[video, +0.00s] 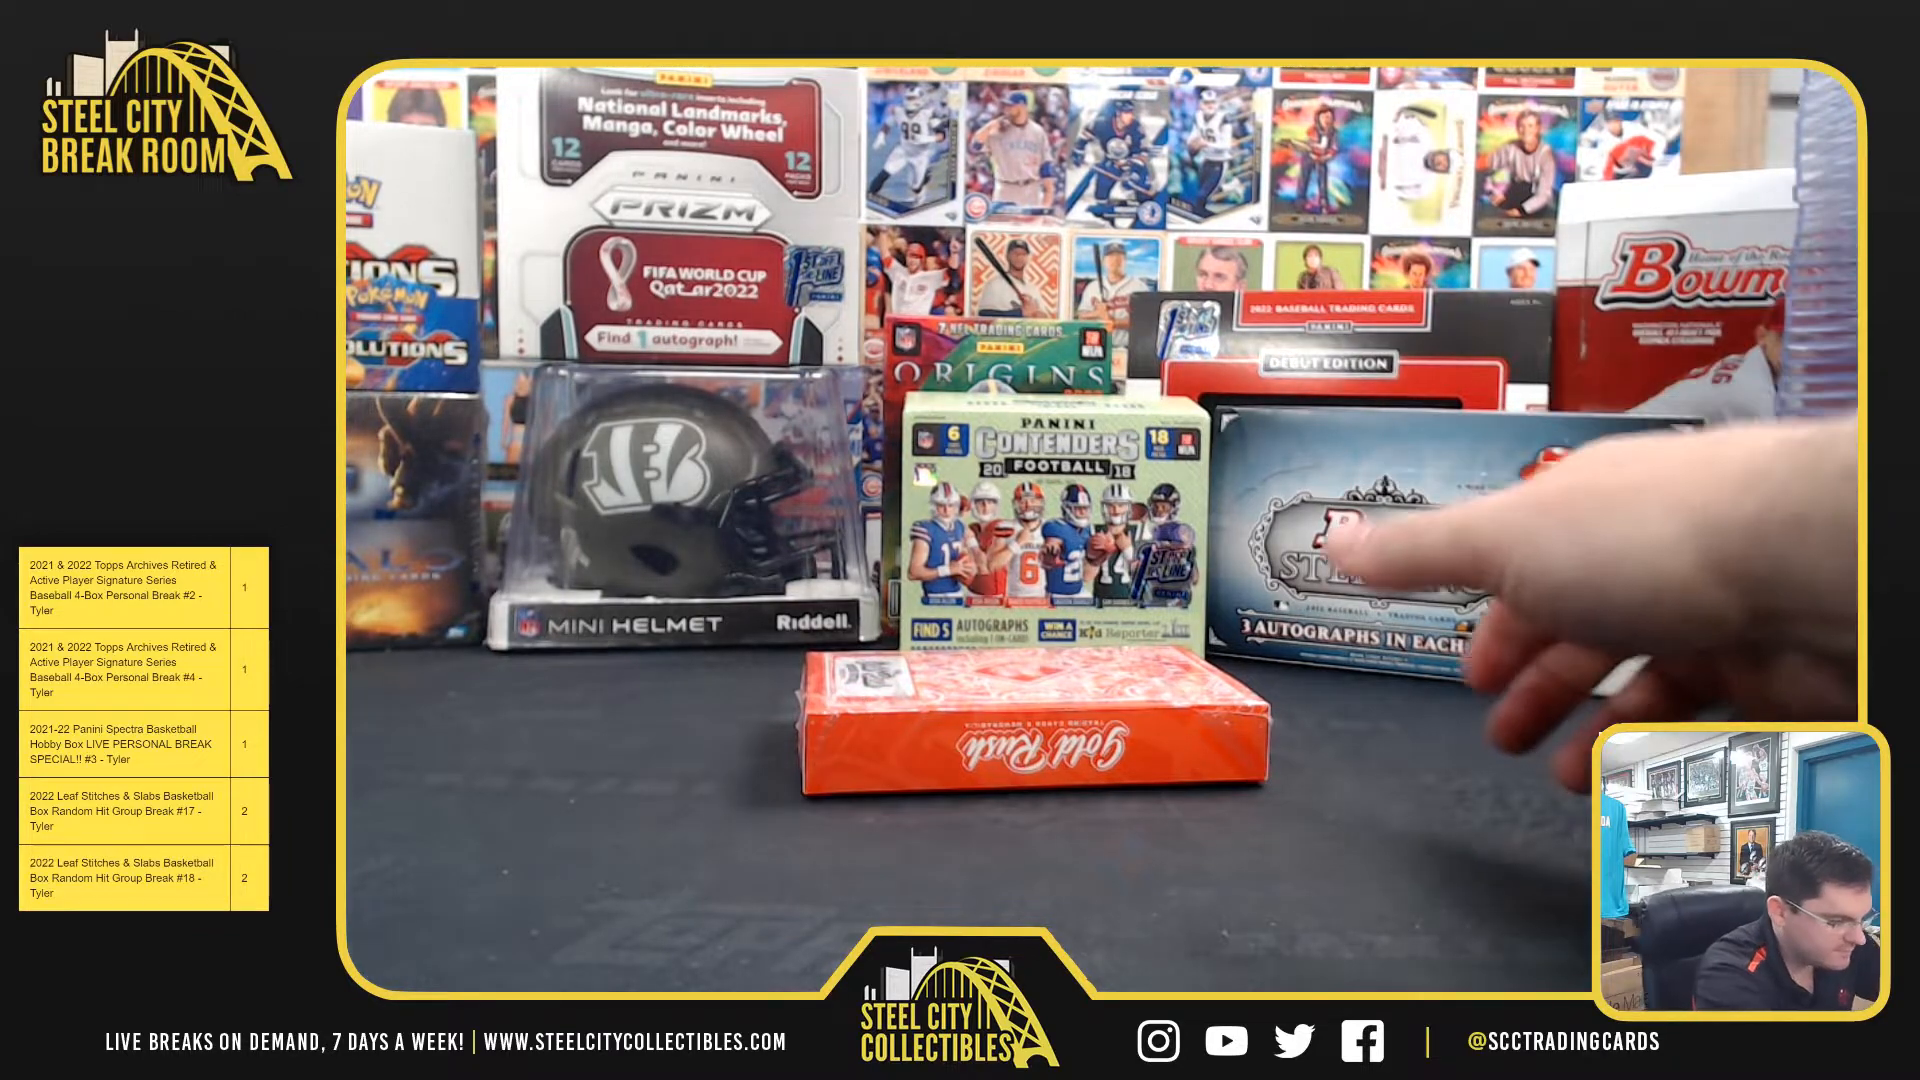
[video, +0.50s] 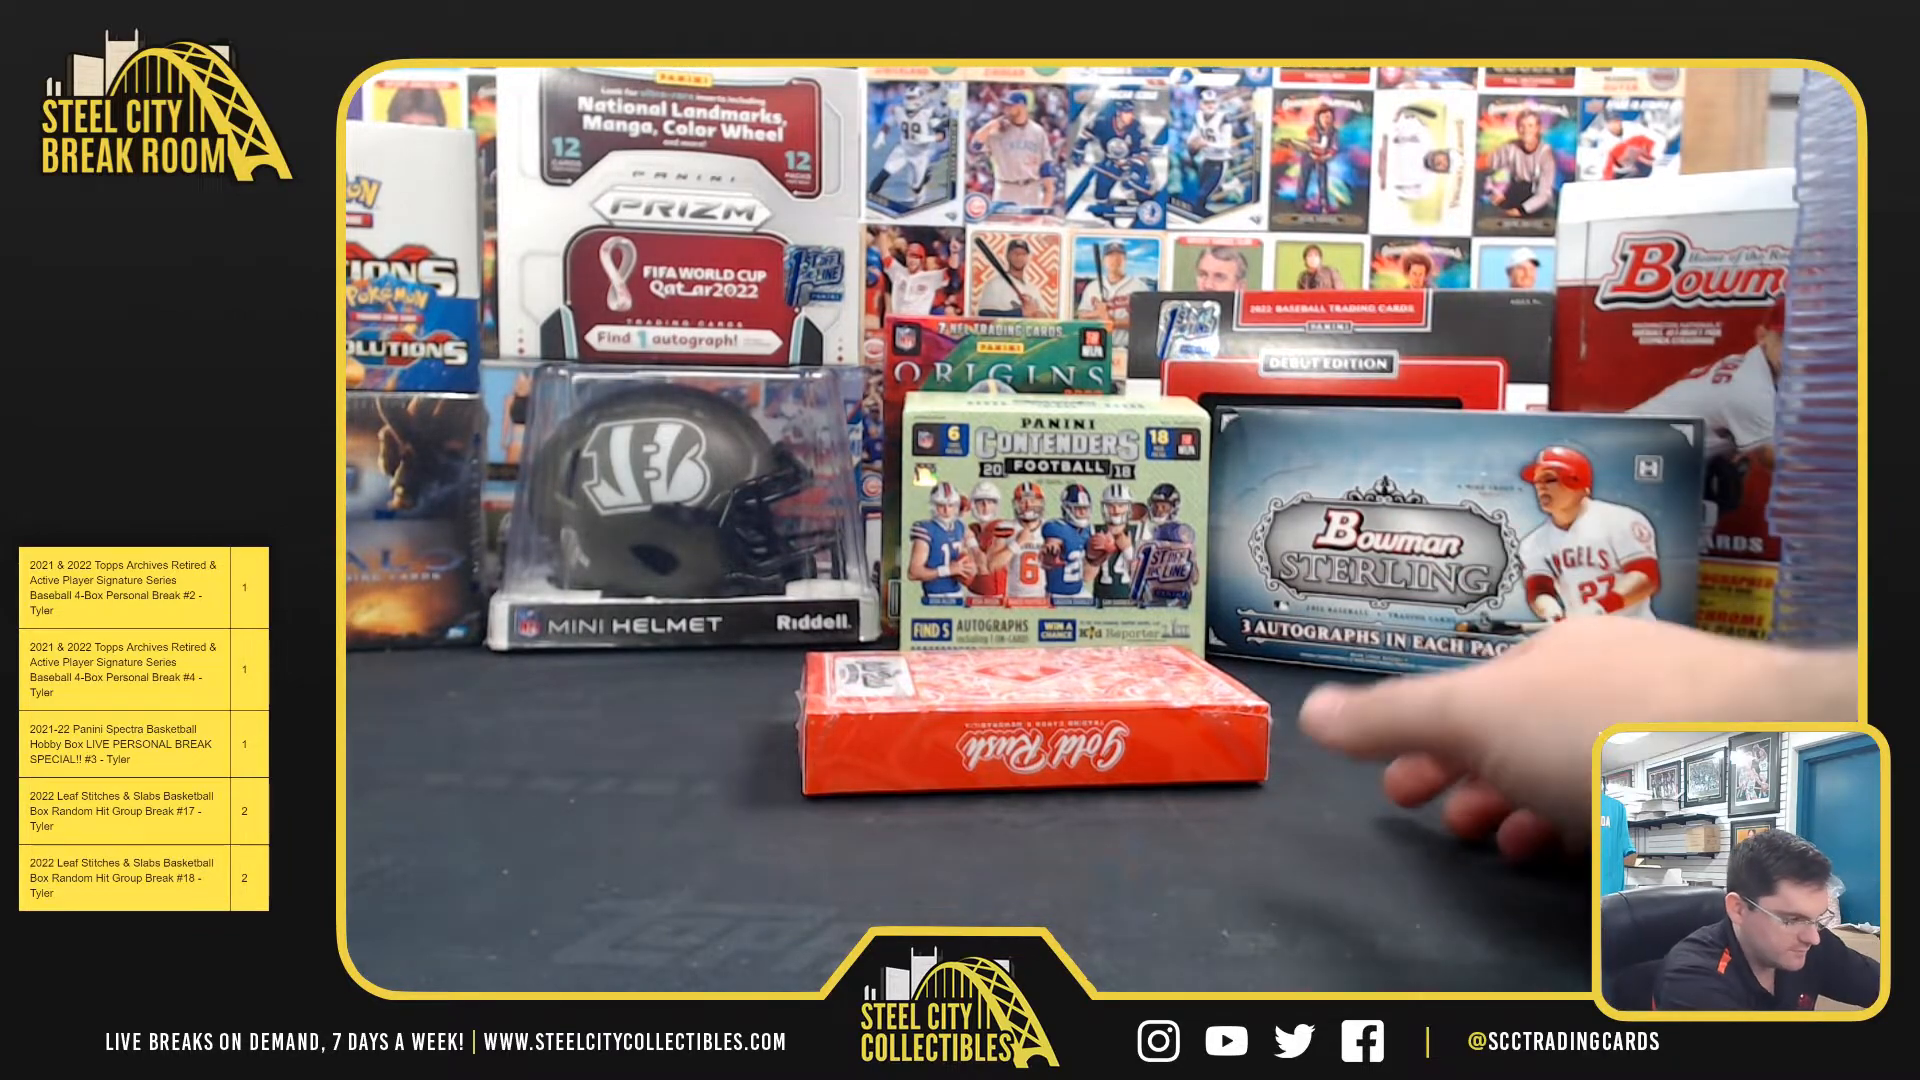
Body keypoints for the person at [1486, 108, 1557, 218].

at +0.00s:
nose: (1526, 130)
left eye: (1530, 126)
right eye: (1522, 126)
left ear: (1539, 128)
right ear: (1518, 130)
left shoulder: (1545, 154)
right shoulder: (1507, 150)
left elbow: (1545, 191)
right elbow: (1490, 178)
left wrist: (1523, 209)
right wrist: (1495, 193)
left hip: (1535, 188)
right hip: (1512, 187)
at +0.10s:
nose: (1526, 130)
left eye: (1531, 126)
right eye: (1522, 126)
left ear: (1539, 128)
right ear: (1518, 129)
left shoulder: (1545, 153)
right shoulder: (1507, 150)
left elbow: (1545, 191)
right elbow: (1489, 177)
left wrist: (1523, 209)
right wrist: (1494, 193)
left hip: (1535, 187)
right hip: (1512, 187)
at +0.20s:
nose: (1526, 130)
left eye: (1530, 126)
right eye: (1522, 126)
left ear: (1539, 128)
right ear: (1518, 130)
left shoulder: (1545, 154)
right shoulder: (1506, 150)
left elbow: (1545, 191)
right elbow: (1490, 178)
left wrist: (1523, 209)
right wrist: (1495, 193)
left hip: (1535, 187)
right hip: (1511, 186)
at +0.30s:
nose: (1526, 130)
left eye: (1530, 126)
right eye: (1522, 126)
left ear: (1539, 128)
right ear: (1518, 130)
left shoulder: (1545, 153)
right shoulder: (1506, 150)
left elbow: (1545, 191)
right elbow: (1490, 178)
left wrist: (1523, 209)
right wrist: (1495, 193)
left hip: (1535, 187)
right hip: (1512, 187)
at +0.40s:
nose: (1526, 130)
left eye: (1530, 126)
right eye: (1522, 126)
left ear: (1539, 128)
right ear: (1518, 130)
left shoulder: (1545, 154)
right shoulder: (1508, 150)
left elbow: (1545, 191)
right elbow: (1489, 176)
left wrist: (1523, 209)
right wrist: (1495, 193)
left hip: (1535, 187)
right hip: (1513, 186)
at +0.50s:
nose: (1526, 130)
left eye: (1530, 126)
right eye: (1522, 126)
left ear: (1539, 128)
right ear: (1518, 129)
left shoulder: (1545, 153)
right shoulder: (1507, 150)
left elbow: (1545, 191)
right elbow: (1489, 178)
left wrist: (1523, 209)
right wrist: (1495, 193)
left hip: (1535, 187)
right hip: (1513, 186)